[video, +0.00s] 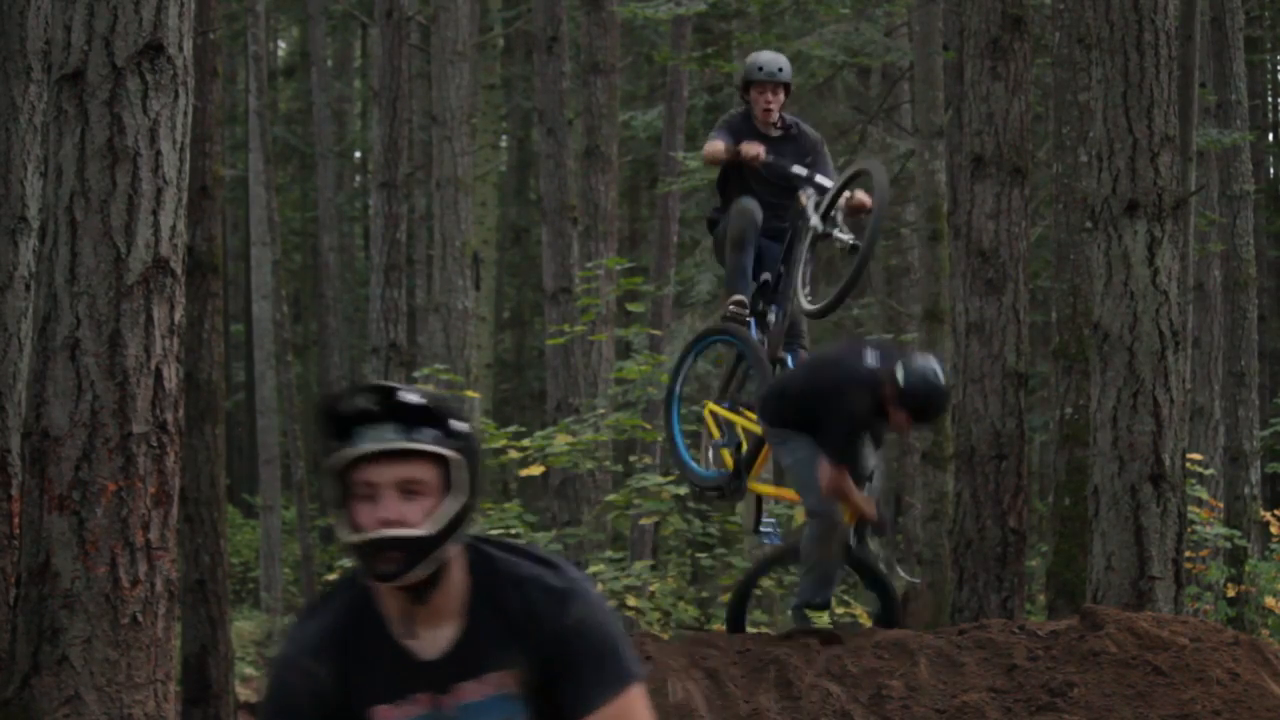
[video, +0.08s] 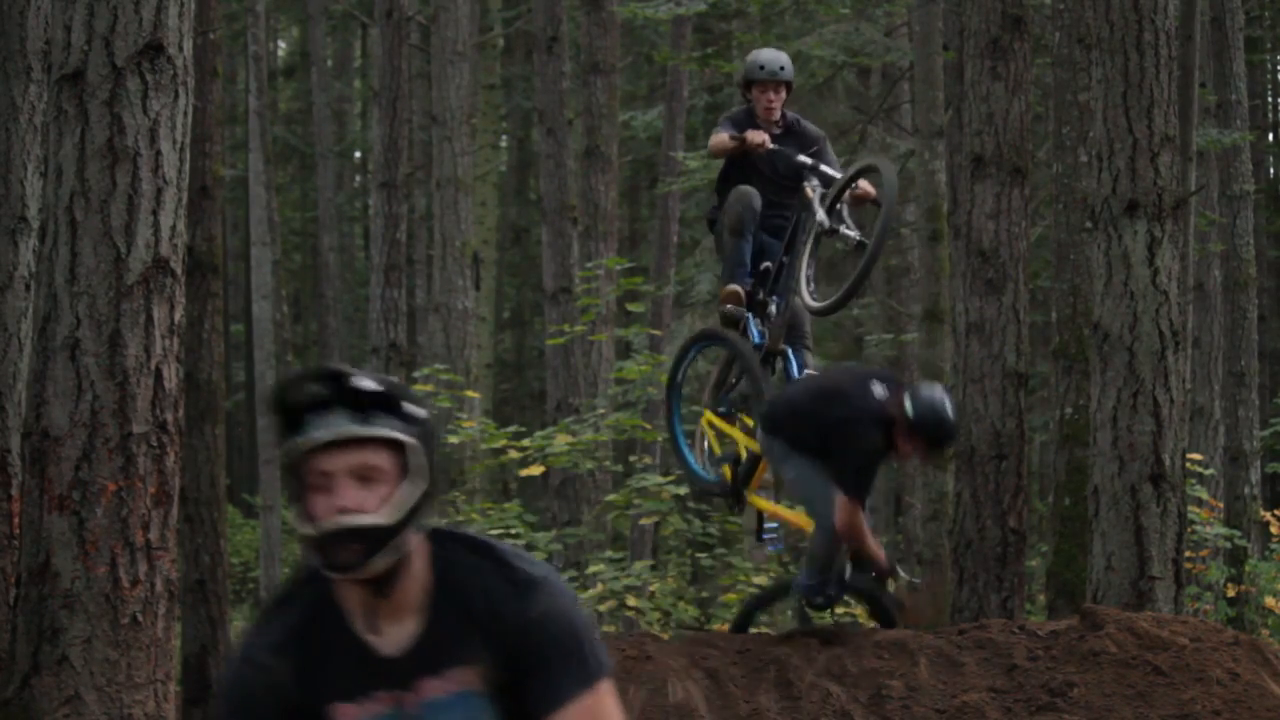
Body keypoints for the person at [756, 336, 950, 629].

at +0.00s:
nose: (908, 428)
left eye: (915, 422)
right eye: (910, 418)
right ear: (896, 399)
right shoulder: (854, 398)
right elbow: (832, 480)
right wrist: (864, 507)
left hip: (828, 416)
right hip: (788, 423)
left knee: (865, 473)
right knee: (825, 509)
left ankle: (858, 541)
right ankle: (811, 606)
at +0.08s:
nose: (915, 456)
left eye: (922, 451)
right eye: (918, 447)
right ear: (908, 430)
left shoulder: (895, 394)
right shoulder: (868, 432)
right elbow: (846, 521)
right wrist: (878, 561)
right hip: (782, 436)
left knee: (857, 508)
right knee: (832, 517)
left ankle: (861, 573)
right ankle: (816, 590)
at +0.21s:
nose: (927, 515)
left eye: (935, 513)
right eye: (933, 510)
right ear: (925, 492)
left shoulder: (910, 440)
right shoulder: (884, 483)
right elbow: (863, 570)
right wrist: (911, 615)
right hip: (776, 474)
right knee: (832, 574)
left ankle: (845, 608)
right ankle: (793, 613)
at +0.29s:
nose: (936, 536)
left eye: (944, 534)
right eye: (943, 532)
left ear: (939, 488)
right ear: (938, 516)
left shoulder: (909, 459)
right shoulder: (889, 508)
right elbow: (879, 601)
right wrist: (930, 632)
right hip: (780, 500)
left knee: (849, 557)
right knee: (832, 610)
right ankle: (789, 606)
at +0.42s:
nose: (962, 580)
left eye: (968, 577)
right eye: (967, 573)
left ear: (957, 528)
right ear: (961, 558)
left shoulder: (920, 515)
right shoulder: (913, 562)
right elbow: (912, 661)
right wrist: (967, 680)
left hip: (799, 513)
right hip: (785, 558)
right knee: (830, 668)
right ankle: (774, 622)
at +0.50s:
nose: (973, 607)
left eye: (979, 602)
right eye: (977, 599)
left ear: (960, 550)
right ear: (968, 587)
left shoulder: (926, 544)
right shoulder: (925, 602)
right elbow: (921, 699)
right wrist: (963, 710)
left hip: (799, 539)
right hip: (789, 590)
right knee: (836, 669)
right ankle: (768, 623)